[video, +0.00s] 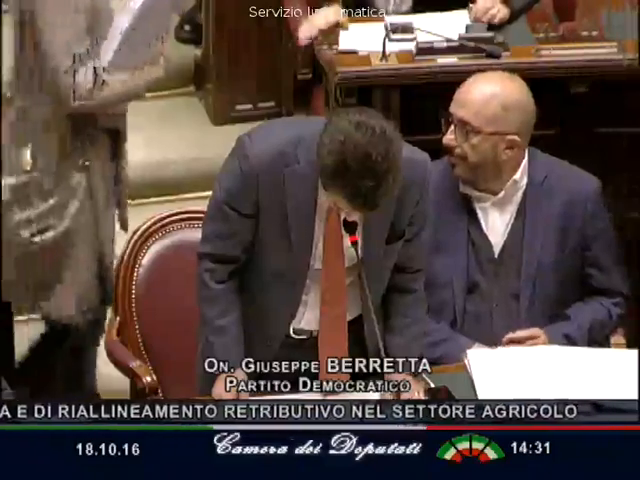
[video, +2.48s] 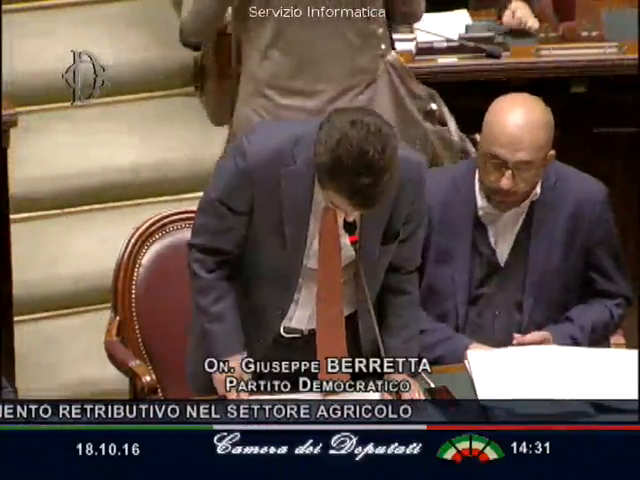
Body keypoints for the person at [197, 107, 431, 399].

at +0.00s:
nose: (352, 217)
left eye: (364, 209)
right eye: (342, 206)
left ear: (392, 176)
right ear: (322, 175)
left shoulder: (413, 172)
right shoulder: (258, 161)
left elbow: (408, 279)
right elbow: (217, 265)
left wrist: (404, 367)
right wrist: (227, 366)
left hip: (358, 335)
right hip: (273, 339)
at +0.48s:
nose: (342, 217)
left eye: (355, 213)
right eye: (335, 207)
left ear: (388, 177)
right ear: (317, 178)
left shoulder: (413, 172)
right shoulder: (258, 161)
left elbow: (408, 279)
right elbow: (217, 265)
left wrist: (403, 368)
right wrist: (227, 367)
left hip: (358, 336)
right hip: (273, 340)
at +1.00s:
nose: (345, 219)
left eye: (357, 215)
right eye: (337, 210)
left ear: (388, 177)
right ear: (317, 180)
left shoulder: (413, 173)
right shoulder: (260, 162)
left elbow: (408, 280)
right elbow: (216, 264)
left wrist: (403, 368)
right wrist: (227, 366)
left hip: (358, 336)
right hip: (272, 340)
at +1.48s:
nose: (344, 217)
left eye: (357, 212)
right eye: (336, 207)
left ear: (389, 175)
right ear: (318, 177)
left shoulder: (412, 173)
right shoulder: (258, 162)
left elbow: (408, 279)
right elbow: (216, 264)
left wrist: (402, 366)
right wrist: (226, 365)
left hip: (356, 336)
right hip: (271, 339)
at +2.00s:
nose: (348, 217)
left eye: (360, 209)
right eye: (338, 205)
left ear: (390, 174)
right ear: (319, 169)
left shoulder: (411, 174)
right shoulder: (256, 163)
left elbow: (405, 279)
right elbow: (212, 262)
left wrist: (402, 368)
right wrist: (228, 359)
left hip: (355, 334)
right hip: (269, 338)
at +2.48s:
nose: (349, 216)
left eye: (361, 208)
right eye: (339, 205)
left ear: (389, 176)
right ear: (320, 170)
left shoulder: (409, 177)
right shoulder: (254, 162)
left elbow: (403, 278)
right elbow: (208, 257)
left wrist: (402, 365)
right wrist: (229, 352)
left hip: (351, 332)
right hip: (266, 336)